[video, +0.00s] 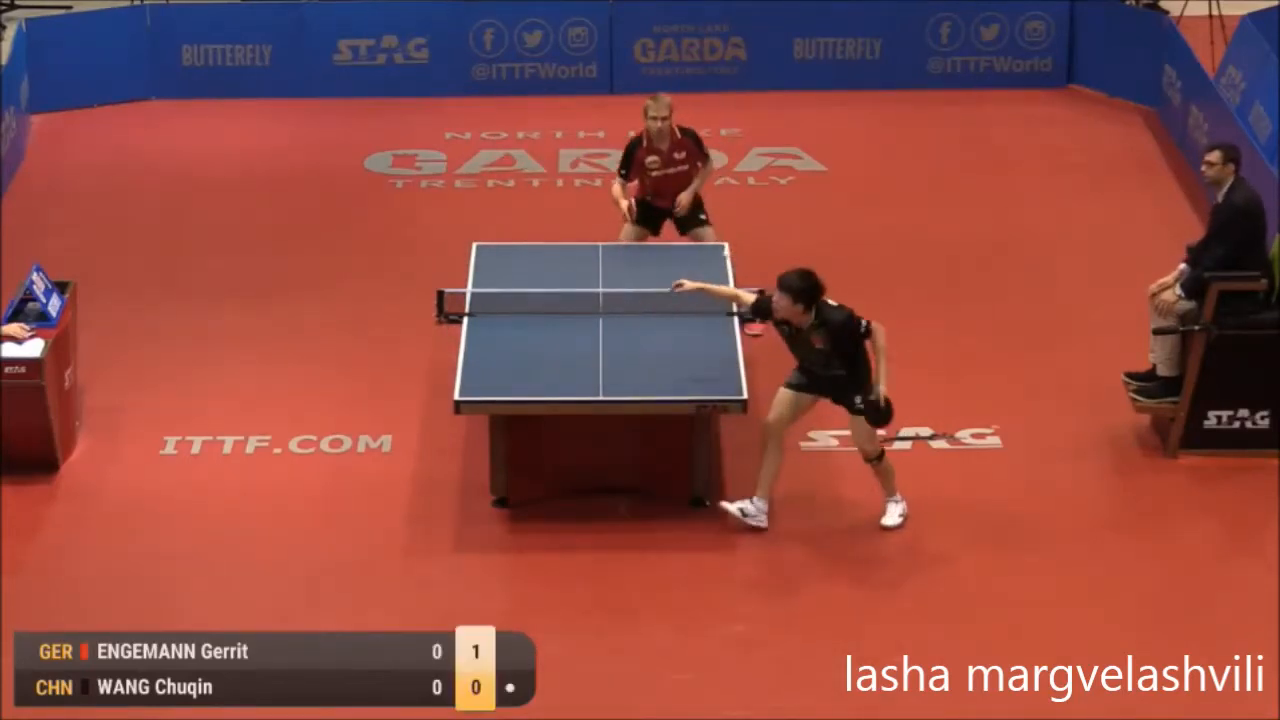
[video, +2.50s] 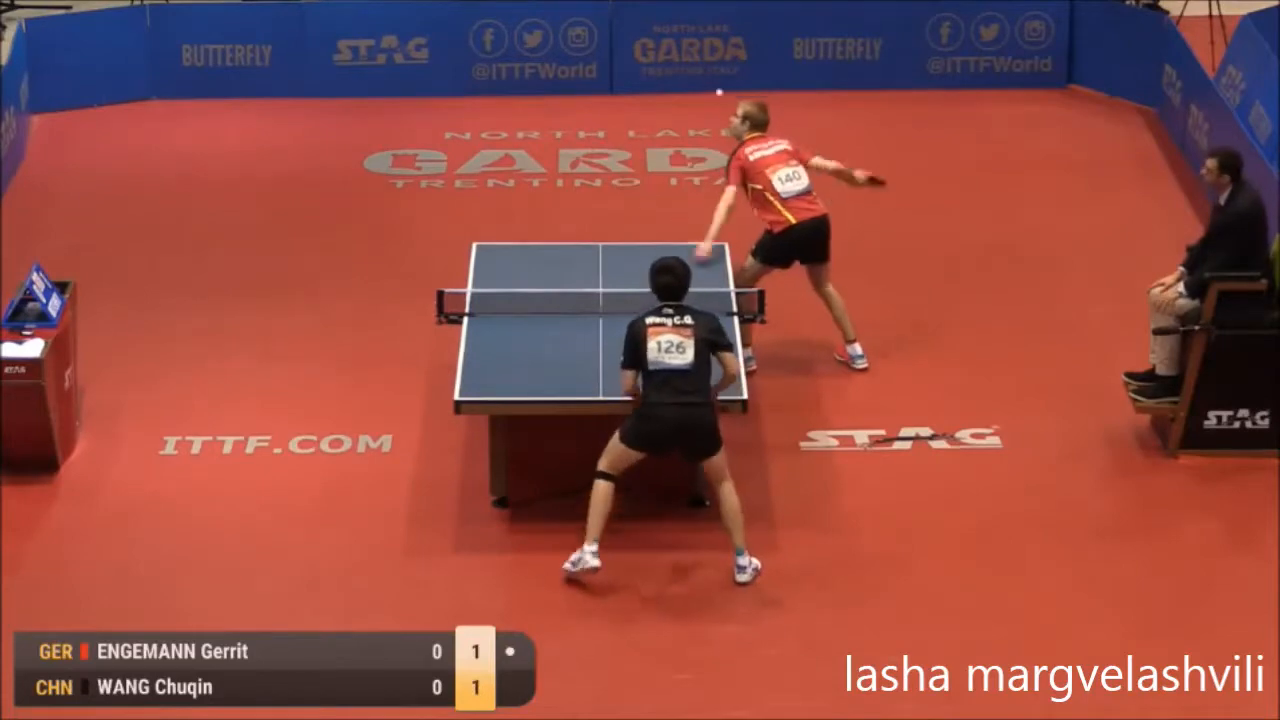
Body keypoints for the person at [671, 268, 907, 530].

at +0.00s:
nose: (774, 302)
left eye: (781, 299)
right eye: (775, 297)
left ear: (800, 307)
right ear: (785, 301)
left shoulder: (838, 318)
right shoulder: (775, 310)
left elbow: (877, 332)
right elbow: (737, 296)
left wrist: (881, 385)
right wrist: (698, 286)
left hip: (850, 379)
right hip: (810, 373)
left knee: (868, 449)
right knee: (773, 425)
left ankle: (894, 500)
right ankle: (759, 506)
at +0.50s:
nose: (684, 303)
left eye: (685, 297)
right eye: (683, 297)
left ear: (694, 299)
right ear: (711, 288)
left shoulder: (726, 314)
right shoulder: (733, 297)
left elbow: (756, 336)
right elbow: (784, 301)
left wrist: (709, 348)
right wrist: (812, 313)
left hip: (789, 381)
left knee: (760, 461)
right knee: (758, 425)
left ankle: (835, 484)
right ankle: (768, 490)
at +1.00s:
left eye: (670, 307)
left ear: (670, 312)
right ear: (703, 310)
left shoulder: (661, 351)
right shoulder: (725, 341)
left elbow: (629, 398)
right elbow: (759, 383)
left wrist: (611, 379)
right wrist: (766, 400)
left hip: (686, 443)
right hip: (730, 437)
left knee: (632, 489)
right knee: (763, 474)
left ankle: (632, 574)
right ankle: (796, 526)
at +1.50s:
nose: (691, 360)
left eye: (691, 356)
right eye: (693, 354)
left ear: (697, 359)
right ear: (728, 350)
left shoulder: (706, 397)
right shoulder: (757, 377)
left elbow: (694, 454)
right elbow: (786, 419)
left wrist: (659, 458)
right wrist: (756, 434)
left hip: (732, 482)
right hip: (776, 477)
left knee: (663, 513)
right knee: (810, 504)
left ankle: (662, 600)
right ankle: (846, 574)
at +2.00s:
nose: (663, 365)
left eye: (663, 358)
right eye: (661, 359)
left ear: (678, 354)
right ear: (688, 345)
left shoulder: (708, 382)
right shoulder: (715, 352)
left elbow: (735, 442)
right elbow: (745, 385)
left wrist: (704, 485)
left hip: (754, 455)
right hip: (764, 441)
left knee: (702, 523)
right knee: (721, 499)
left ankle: (706, 619)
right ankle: (735, 562)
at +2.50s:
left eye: (658, 282)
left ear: (653, 287)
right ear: (687, 287)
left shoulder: (639, 325)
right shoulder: (706, 321)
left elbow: (628, 385)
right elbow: (732, 371)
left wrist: (643, 397)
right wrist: (713, 391)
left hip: (653, 417)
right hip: (699, 418)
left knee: (607, 471)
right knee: (722, 482)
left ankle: (589, 550)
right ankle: (742, 559)